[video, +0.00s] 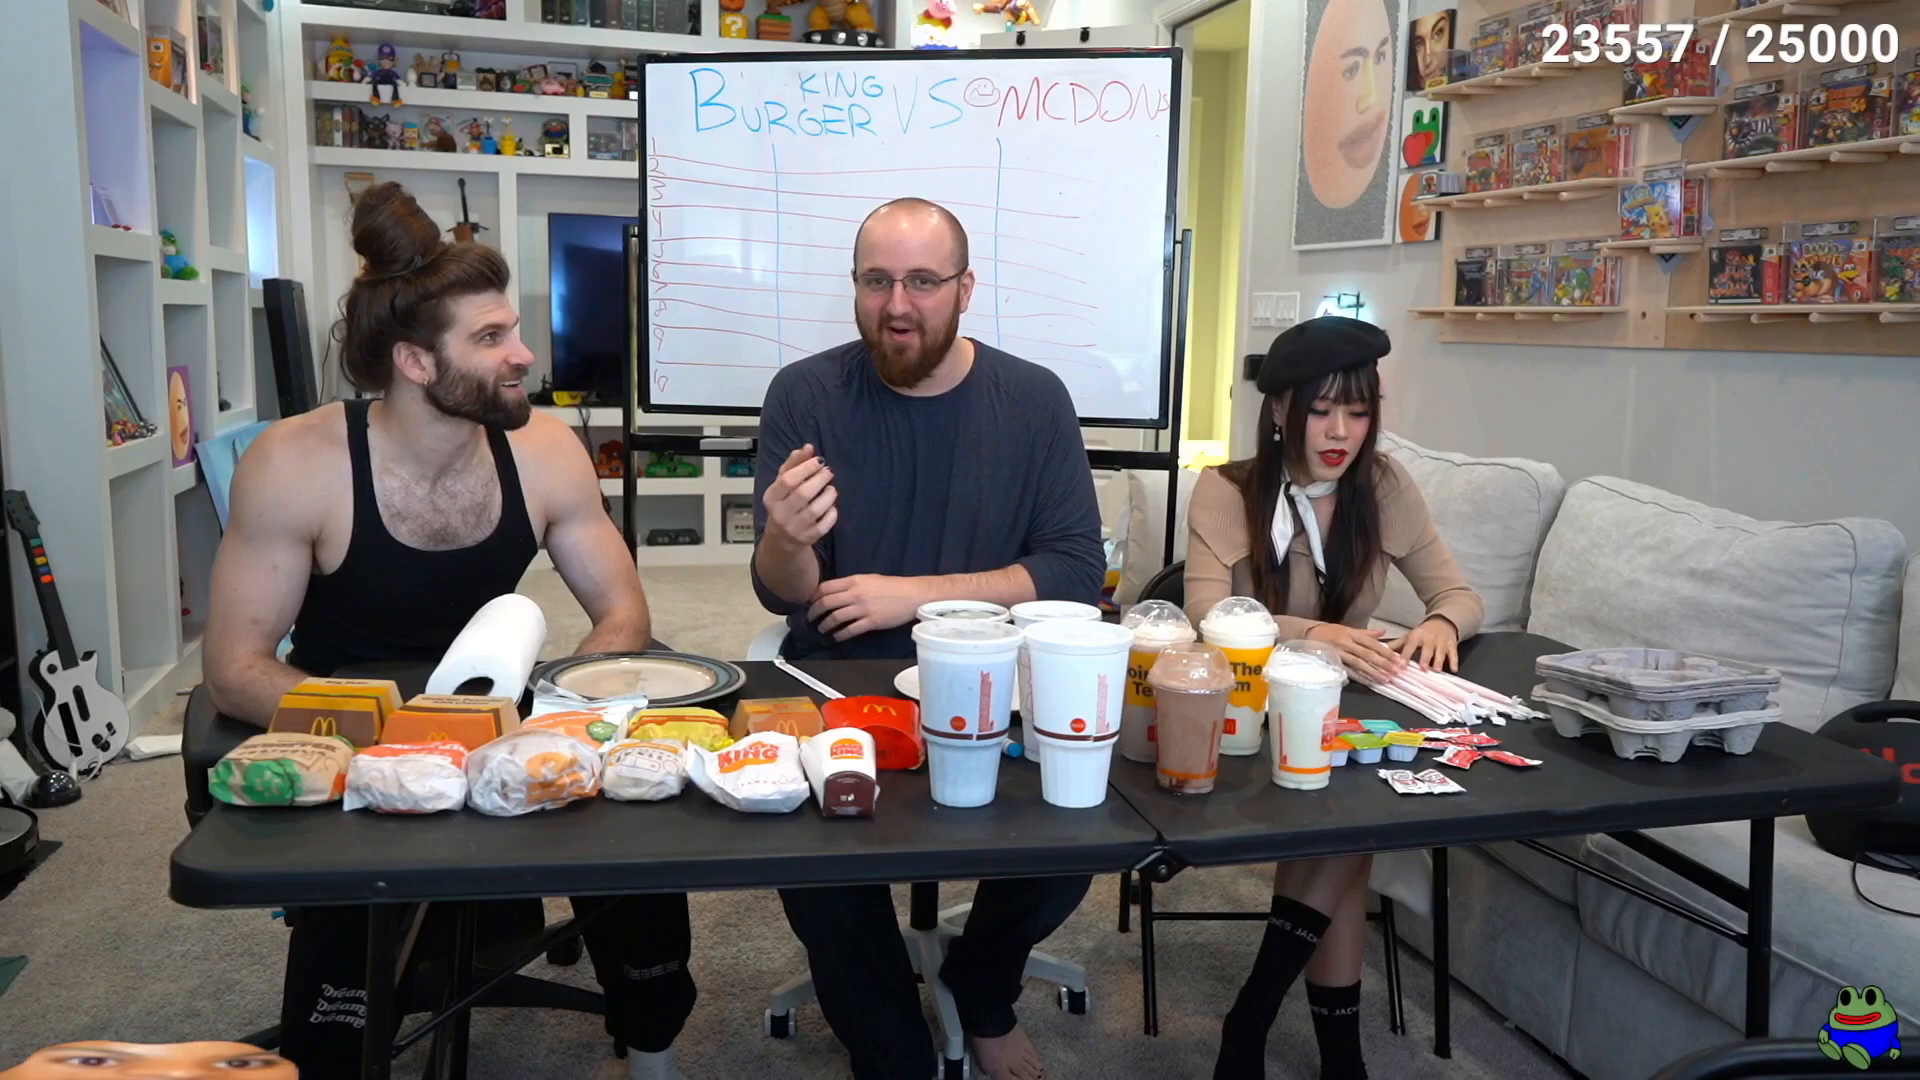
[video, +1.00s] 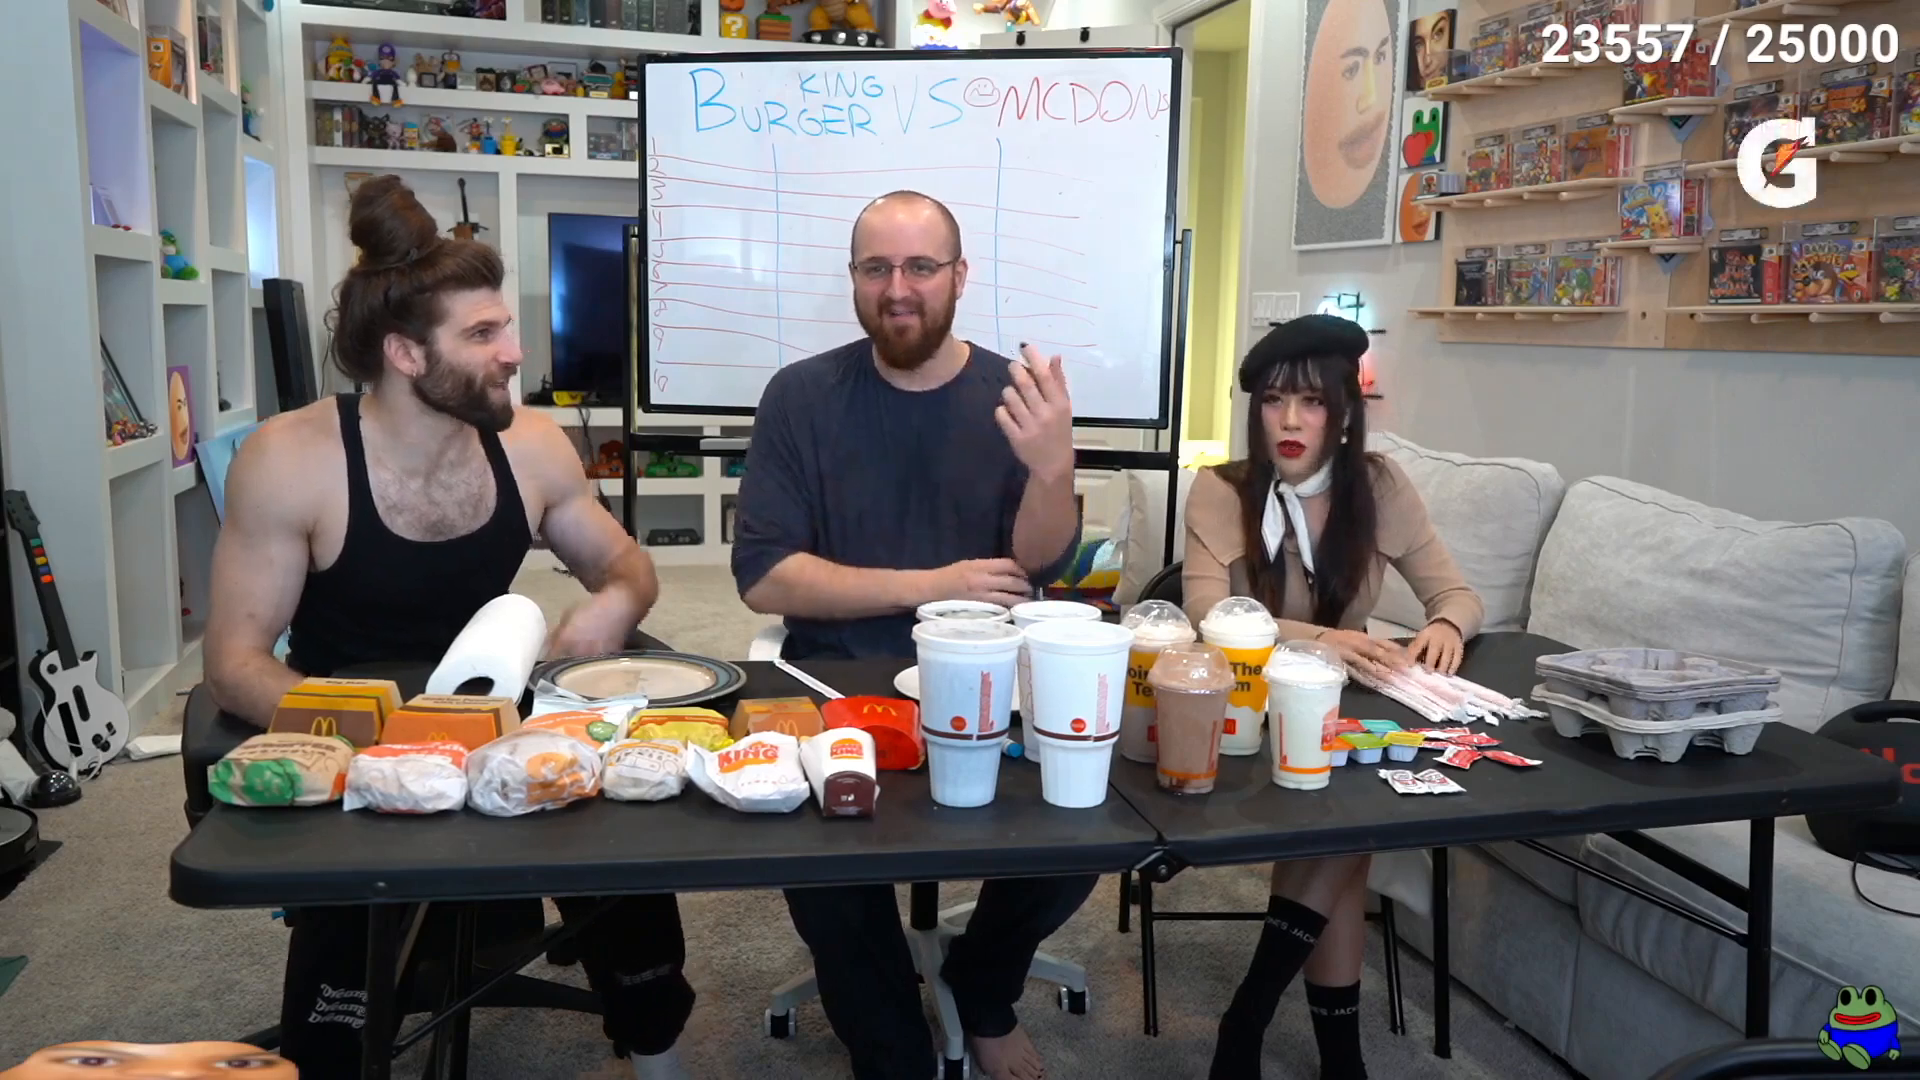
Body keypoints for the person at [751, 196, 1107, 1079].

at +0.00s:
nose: (898, 305)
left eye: (923, 283)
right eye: (878, 281)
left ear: (964, 290)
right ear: (853, 286)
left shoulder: (1033, 399)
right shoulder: (805, 393)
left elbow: (1077, 572)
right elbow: (782, 595)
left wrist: (916, 593)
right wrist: (787, 538)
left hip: (996, 680)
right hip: (840, 685)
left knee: (1070, 835)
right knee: (813, 854)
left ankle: (981, 986)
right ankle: (900, 1058)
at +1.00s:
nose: (897, 288)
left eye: (920, 268)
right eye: (876, 269)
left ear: (960, 278)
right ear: (852, 282)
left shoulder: (1015, 392)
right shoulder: (800, 396)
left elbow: (1039, 565)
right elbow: (764, 577)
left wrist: (1051, 472)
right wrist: (930, 584)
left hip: (991, 672)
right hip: (839, 677)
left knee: (1076, 830)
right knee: (819, 854)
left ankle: (980, 986)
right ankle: (899, 1060)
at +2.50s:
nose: (873, 282)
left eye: (872, 261)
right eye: (843, 273)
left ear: (884, 267)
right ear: (786, 306)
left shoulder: (958, 380)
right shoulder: (741, 432)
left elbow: (1092, 464)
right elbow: (698, 602)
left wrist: (1078, 367)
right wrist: (805, 623)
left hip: (982, 689)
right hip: (833, 702)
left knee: (1071, 826)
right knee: (820, 861)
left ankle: (982, 991)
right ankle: (895, 1062)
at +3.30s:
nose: (830, 301)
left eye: (842, 276)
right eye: (799, 288)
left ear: (863, 280)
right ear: (764, 311)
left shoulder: (955, 382)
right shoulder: (734, 431)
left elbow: (1095, 476)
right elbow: (696, 590)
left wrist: (999, 504)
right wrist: (775, 613)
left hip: (975, 684)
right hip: (824, 697)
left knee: (1061, 821)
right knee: (814, 852)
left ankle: (1003, 1017)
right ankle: (884, 1057)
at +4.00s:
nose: (803, 362)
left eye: (827, 334)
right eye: (780, 337)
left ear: (876, 324)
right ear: (759, 333)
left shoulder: (981, 396)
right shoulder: (744, 395)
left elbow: (1104, 444)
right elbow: (754, 482)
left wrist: (1082, 606)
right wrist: (784, 590)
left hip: (953, 683)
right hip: (814, 674)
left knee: (900, 846)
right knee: (748, 828)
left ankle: (894, 1040)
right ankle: (835, 1013)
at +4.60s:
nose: (703, 262)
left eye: (716, 238)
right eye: (690, 240)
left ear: (795, 189)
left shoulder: (970, 240)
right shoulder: (711, 250)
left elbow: (1090, 373)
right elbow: (740, 390)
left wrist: (1097, 544)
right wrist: (779, 516)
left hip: (934, 571)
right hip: (796, 560)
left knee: (873, 811)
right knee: (763, 798)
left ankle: (898, 1030)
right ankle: (837, 1016)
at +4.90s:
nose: (682, 104)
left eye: (680, 76)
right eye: (672, 82)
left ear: (746, 46)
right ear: (744, 50)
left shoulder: (950, 155)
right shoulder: (763, 150)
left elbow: (1052, 350)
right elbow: (780, 323)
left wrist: (1018, 538)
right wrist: (782, 461)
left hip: (903, 541)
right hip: (776, 514)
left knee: (854, 797)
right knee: (731, 760)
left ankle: (900, 1023)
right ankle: (814, 982)